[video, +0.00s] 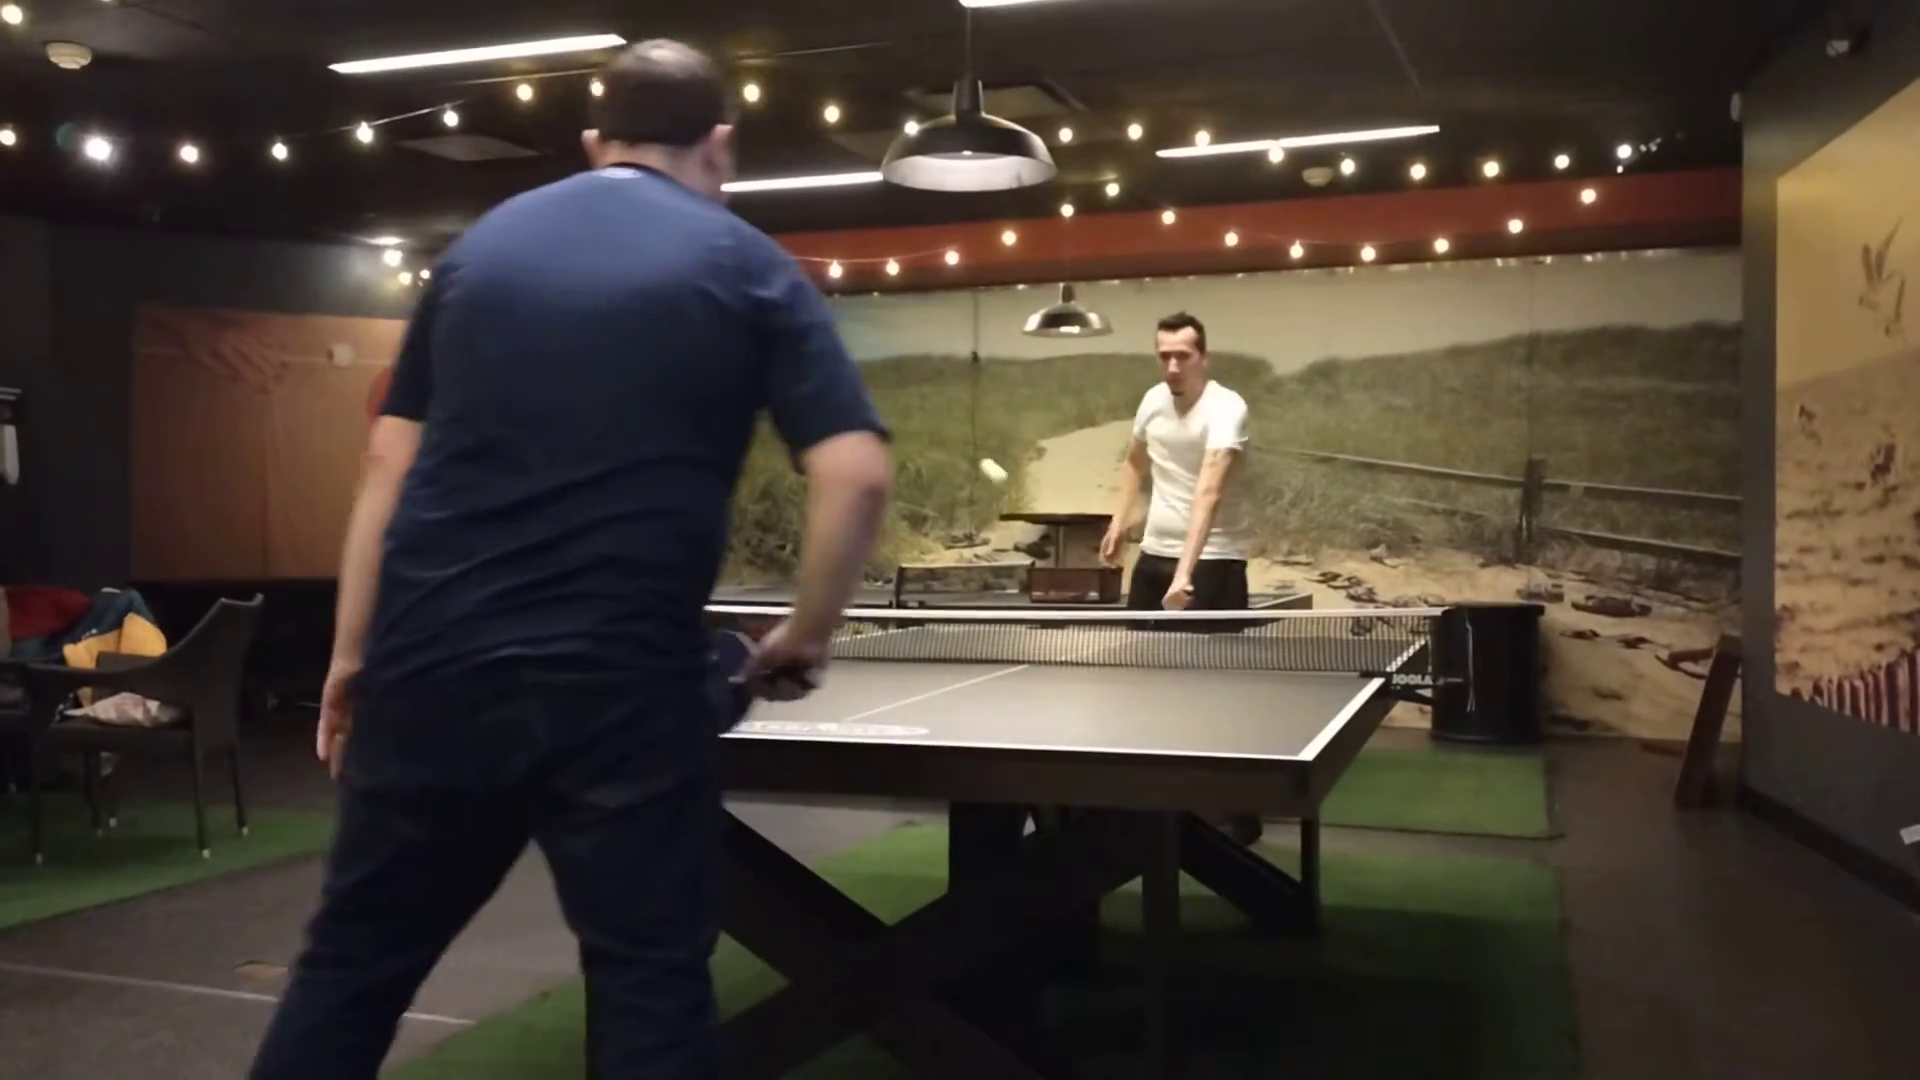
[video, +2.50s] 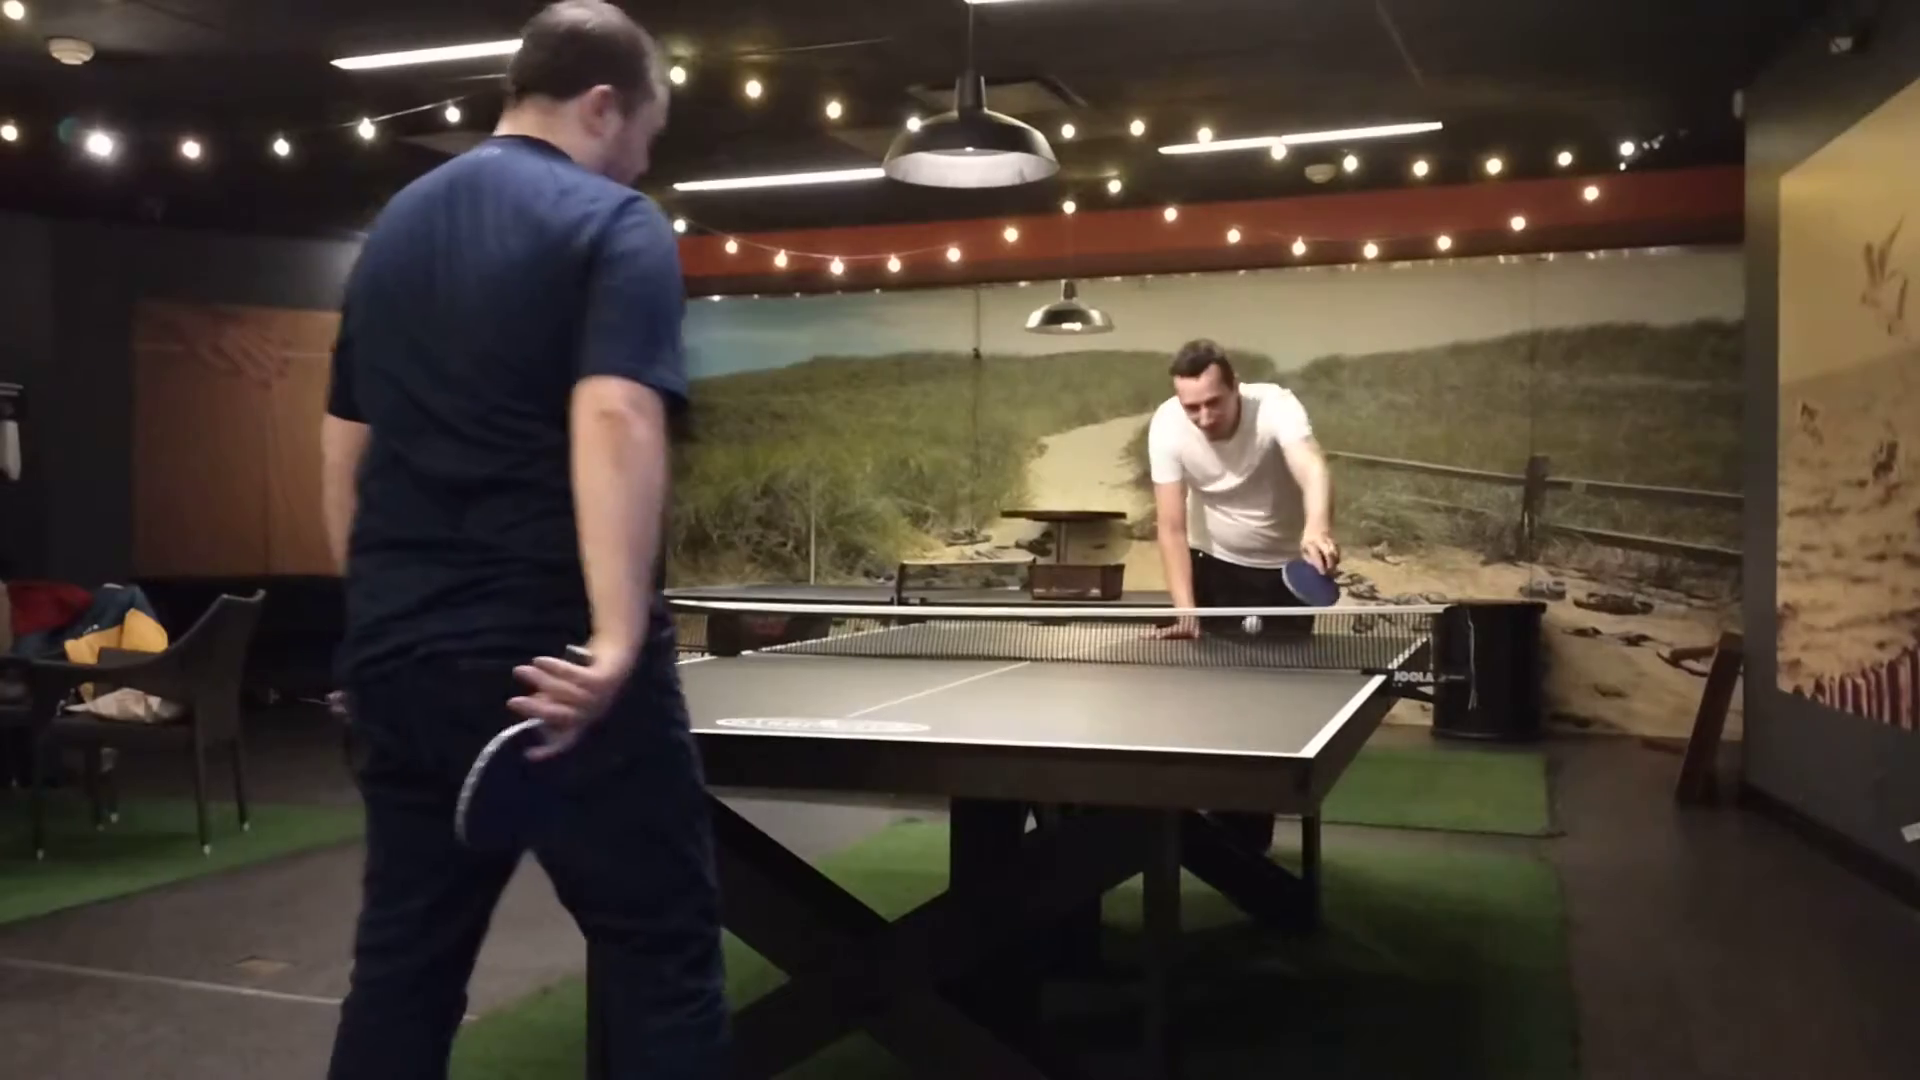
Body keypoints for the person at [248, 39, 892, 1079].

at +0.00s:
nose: (728, 172)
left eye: (727, 158)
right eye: (729, 155)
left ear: (593, 144)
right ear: (717, 146)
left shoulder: (481, 244)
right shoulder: (744, 258)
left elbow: (392, 458)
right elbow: (855, 472)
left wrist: (349, 657)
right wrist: (804, 636)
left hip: (430, 683)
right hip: (627, 695)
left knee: (348, 971)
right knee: (650, 996)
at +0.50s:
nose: (475, 161)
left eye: (475, 145)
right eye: (476, 141)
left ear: (334, 127)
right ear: (452, 132)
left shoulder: (226, 238)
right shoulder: (493, 227)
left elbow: (143, 476)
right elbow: (670, 422)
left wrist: (144, 676)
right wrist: (621, 518)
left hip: (252, 691)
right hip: (458, 678)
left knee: (247, 1005)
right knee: (567, 981)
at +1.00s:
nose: (555, 157)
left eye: (551, 142)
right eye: (554, 140)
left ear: (413, 133)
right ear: (534, 130)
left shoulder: (305, 239)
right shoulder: (588, 235)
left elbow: (211, 463)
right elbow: (750, 416)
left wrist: (174, 667)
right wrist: (685, 550)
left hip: (337, 685)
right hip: (544, 678)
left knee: (294, 1011)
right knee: (580, 1013)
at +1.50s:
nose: (673, 148)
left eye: (676, 127)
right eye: (673, 125)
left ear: (540, 113)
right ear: (649, 115)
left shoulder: (427, 220)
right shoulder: (659, 228)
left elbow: (339, 424)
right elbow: (687, 411)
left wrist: (362, 578)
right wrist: (740, 606)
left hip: (380, 650)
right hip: (565, 668)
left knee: (326, 980)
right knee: (595, 998)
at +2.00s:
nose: (662, 128)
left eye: (660, 107)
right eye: (663, 105)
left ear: (523, 102)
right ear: (635, 96)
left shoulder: (400, 224)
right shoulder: (662, 231)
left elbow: (336, 432)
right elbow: (730, 440)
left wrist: (384, 576)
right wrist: (761, 624)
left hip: (410, 649)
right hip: (590, 663)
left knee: (411, 957)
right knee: (602, 981)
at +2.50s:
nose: (642, 162)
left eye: (648, 136)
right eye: (646, 131)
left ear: (524, 99)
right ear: (605, 105)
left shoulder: (399, 221)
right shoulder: (614, 222)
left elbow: (349, 450)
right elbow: (614, 415)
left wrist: (368, 621)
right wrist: (618, 637)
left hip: (406, 655)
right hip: (571, 659)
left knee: (402, 973)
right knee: (661, 965)